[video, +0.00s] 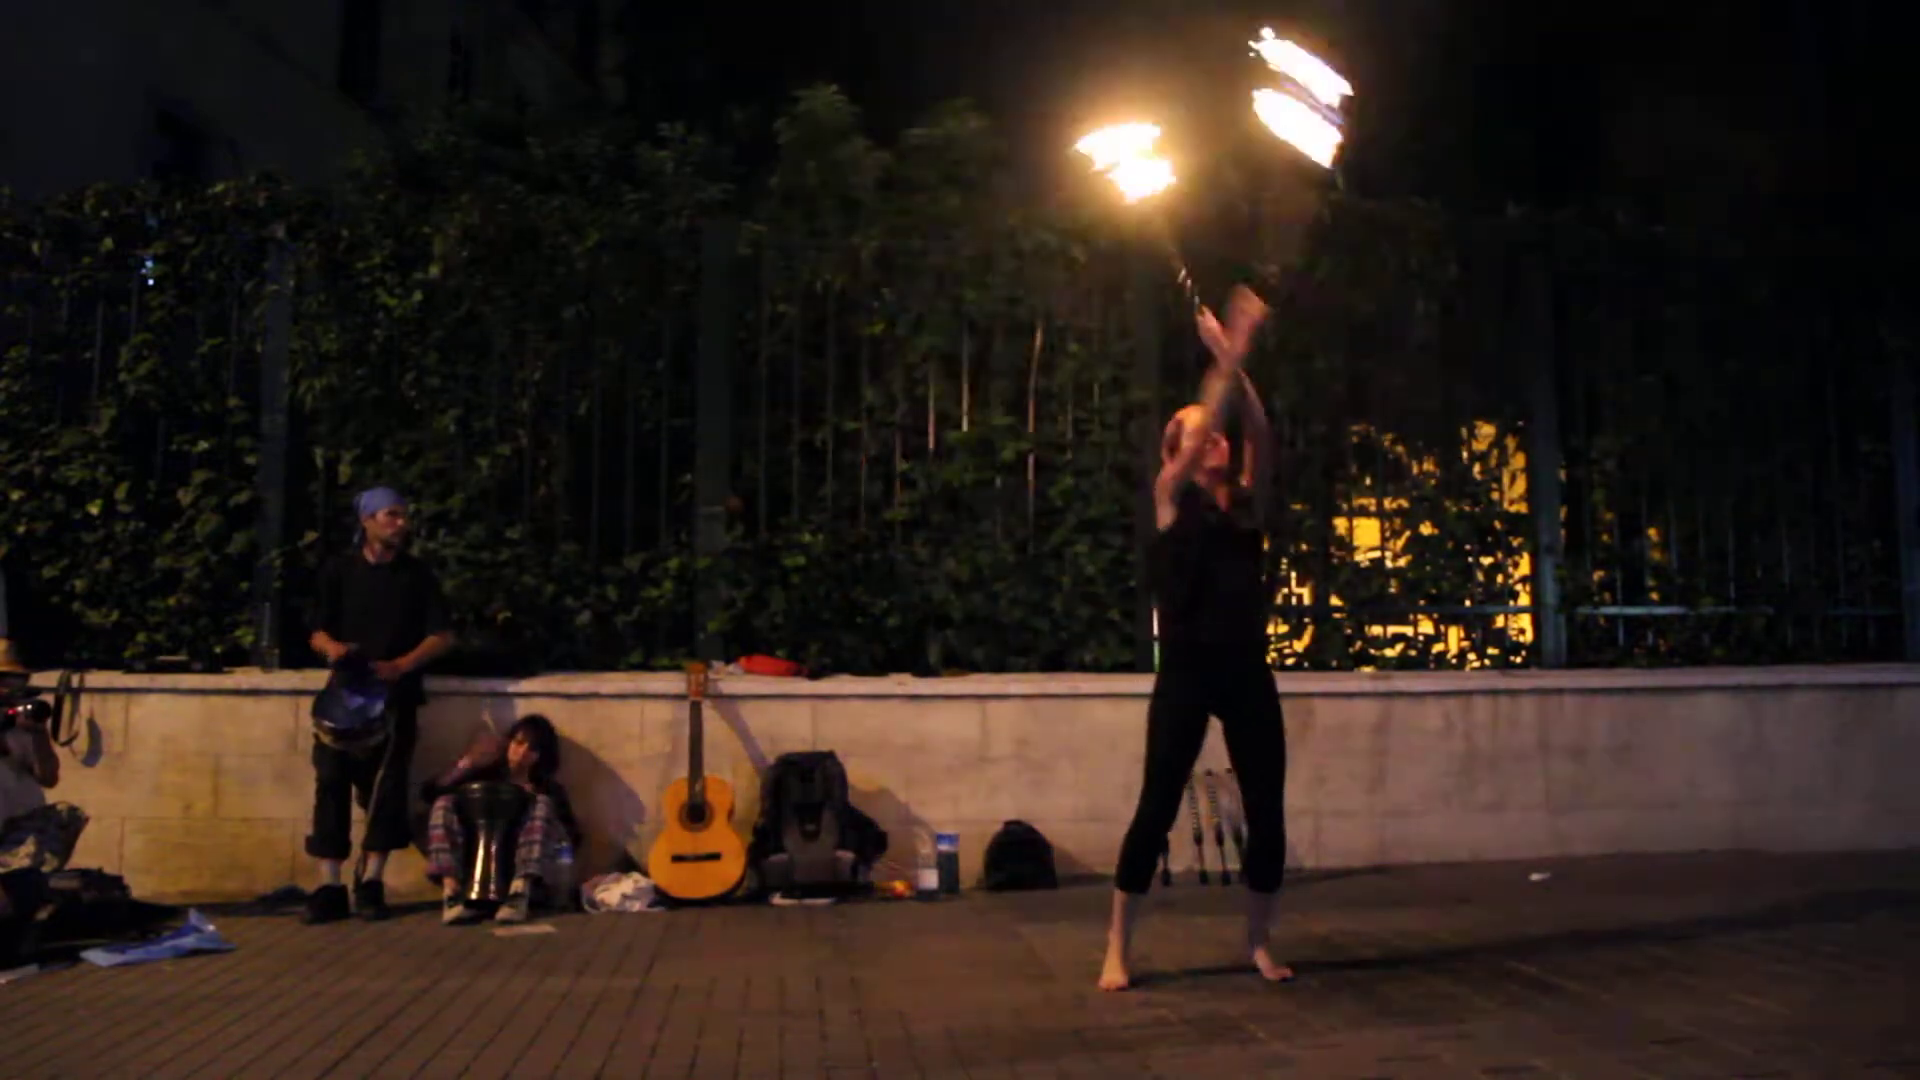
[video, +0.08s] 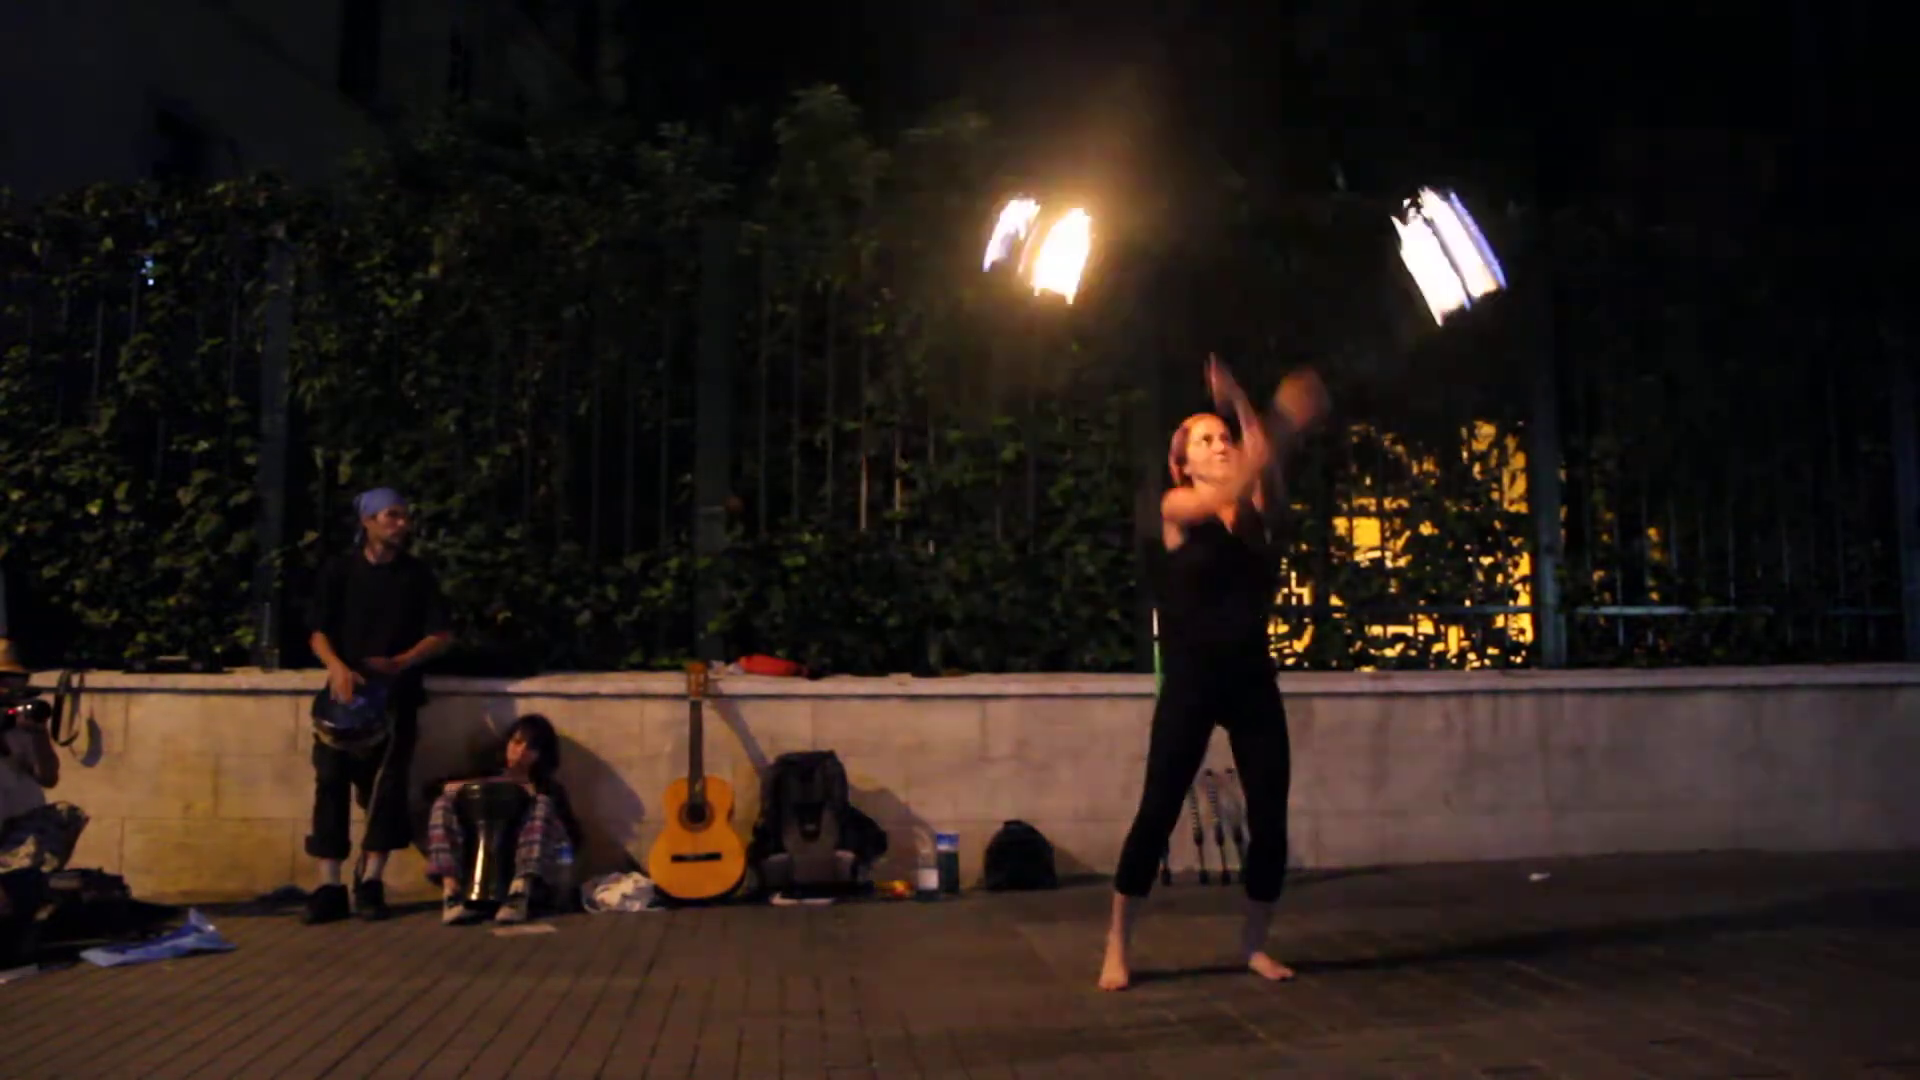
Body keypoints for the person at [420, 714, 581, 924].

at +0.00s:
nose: (522, 752)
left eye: (532, 749)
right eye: (519, 743)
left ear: (541, 757)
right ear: (509, 743)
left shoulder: (549, 788)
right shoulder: (486, 774)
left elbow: (572, 837)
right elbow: (430, 794)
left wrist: (536, 799)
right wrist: (466, 763)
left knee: (541, 805)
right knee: (444, 804)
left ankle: (520, 893)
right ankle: (451, 892)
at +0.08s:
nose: (520, 751)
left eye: (530, 748)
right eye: (517, 742)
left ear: (539, 756)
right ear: (507, 744)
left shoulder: (550, 789)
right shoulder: (487, 782)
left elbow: (571, 839)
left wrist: (536, 800)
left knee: (542, 806)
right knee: (443, 805)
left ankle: (520, 892)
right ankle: (451, 892)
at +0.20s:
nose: (520, 749)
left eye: (529, 745)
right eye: (517, 740)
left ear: (538, 753)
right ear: (508, 742)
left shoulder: (550, 788)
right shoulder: (490, 775)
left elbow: (564, 839)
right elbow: (448, 780)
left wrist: (540, 798)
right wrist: (483, 757)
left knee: (542, 806)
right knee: (445, 804)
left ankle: (520, 892)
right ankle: (451, 893)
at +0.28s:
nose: (521, 748)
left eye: (531, 745)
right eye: (517, 739)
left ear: (540, 754)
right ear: (506, 742)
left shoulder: (545, 787)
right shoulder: (484, 772)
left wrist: (540, 797)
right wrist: (461, 758)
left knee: (543, 807)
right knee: (445, 804)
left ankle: (521, 891)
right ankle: (451, 892)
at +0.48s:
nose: (523, 749)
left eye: (532, 745)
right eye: (521, 741)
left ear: (541, 754)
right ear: (511, 744)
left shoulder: (550, 791)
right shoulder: (492, 785)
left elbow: (563, 844)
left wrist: (539, 799)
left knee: (542, 806)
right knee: (445, 803)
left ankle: (520, 891)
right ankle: (451, 892)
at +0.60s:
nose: (526, 751)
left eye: (534, 746)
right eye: (522, 743)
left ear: (542, 753)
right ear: (509, 744)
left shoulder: (551, 789)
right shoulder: (484, 778)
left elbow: (568, 841)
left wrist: (540, 801)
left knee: (541, 806)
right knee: (443, 805)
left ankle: (521, 893)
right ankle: (451, 893)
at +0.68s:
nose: (527, 753)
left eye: (535, 747)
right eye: (521, 744)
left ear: (543, 754)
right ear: (508, 745)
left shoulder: (548, 788)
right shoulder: (481, 772)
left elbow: (565, 838)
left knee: (541, 806)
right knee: (443, 804)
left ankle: (521, 892)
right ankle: (450, 893)